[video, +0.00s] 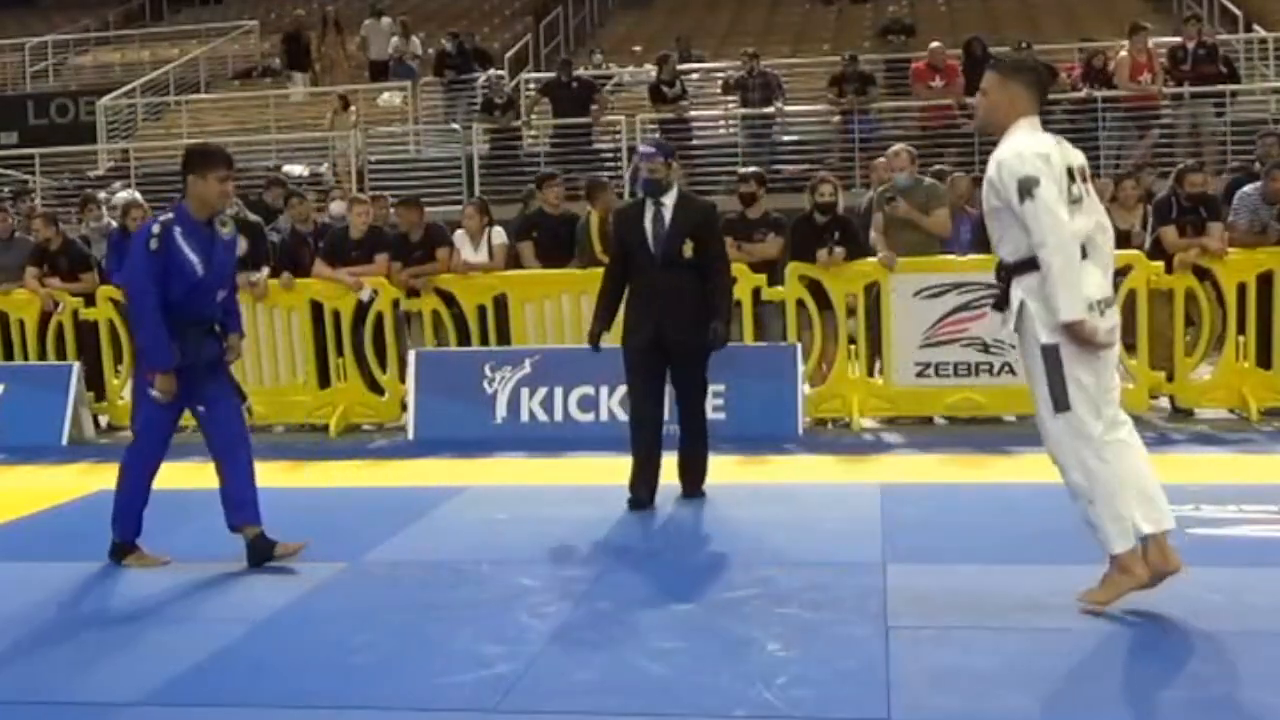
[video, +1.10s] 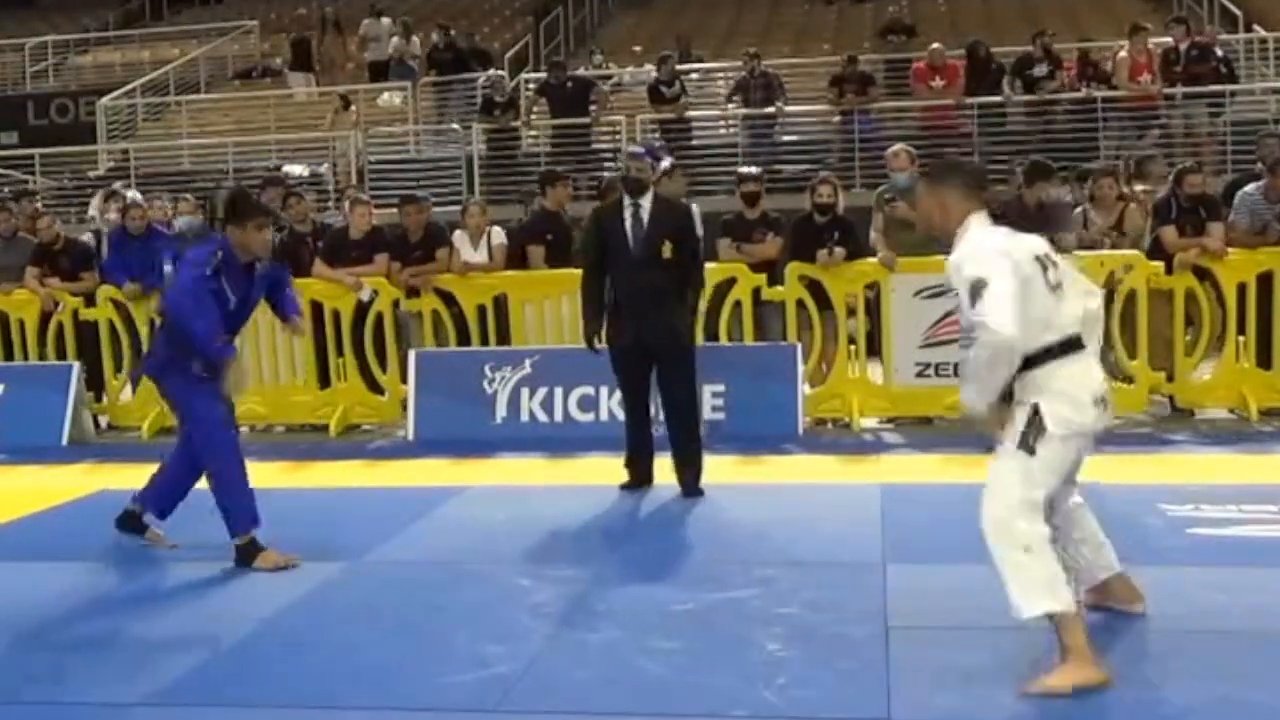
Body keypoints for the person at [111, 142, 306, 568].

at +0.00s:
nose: (231, 190)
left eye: (232, 181)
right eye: (223, 181)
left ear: (216, 184)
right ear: (194, 182)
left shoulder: (224, 234)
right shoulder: (155, 236)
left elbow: (226, 290)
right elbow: (142, 302)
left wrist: (233, 330)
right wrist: (161, 364)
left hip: (208, 357)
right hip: (164, 359)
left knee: (232, 441)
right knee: (148, 450)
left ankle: (255, 539)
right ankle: (123, 543)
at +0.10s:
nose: (212, 183)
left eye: (213, 175)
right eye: (204, 174)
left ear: (203, 177)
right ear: (175, 175)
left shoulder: (207, 231)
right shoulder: (136, 226)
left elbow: (214, 283)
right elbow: (120, 296)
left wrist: (221, 319)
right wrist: (143, 354)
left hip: (197, 343)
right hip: (152, 346)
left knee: (223, 430)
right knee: (141, 441)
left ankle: (219, 535)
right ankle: (124, 540)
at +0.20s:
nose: (195, 180)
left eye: (197, 172)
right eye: (187, 171)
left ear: (194, 175)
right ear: (160, 172)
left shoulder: (200, 221)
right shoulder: (125, 219)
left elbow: (209, 276)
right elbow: (100, 288)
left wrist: (217, 312)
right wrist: (130, 345)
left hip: (188, 336)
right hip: (143, 339)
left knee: (214, 424)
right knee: (134, 436)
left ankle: (178, 524)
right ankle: (123, 540)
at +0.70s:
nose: (207, 191)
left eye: (208, 182)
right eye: (199, 182)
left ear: (200, 186)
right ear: (172, 183)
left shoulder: (196, 232)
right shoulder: (140, 224)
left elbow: (198, 286)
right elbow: (103, 281)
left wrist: (220, 306)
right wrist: (140, 325)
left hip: (178, 345)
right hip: (143, 346)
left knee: (162, 433)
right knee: (184, 422)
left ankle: (126, 524)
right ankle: (169, 526)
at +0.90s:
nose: (233, 210)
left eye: (233, 201)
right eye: (225, 202)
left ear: (220, 205)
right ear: (199, 204)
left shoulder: (216, 250)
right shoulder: (166, 234)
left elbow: (231, 278)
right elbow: (112, 260)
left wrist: (240, 301)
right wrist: (154, 298)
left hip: (187, 355)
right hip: (153, 354)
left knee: (177, 440)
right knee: (192, 437)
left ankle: (127, 526)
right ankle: (233, 539)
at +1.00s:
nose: (246, 222)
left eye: (245, 214)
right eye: (237, 215)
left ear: (234, 216)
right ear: (212, 217)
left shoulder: (235, 250)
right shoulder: (185, 242)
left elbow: (253, 276)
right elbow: (138, 261)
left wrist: (263, 302)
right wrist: (175, 308)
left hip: (194, 359)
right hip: (160, 359)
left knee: (186, 441)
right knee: (201, 441)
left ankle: (129, 525)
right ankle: (241, 543)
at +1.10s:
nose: (269, 239)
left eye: (270, 230)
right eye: (262, 231)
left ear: (259, 231)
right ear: (237, 230)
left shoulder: (260, 263)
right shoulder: (204, 257)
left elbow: (277, 284)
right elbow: (181, 300)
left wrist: (290, 312)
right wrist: (220, 349)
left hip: (208, 362)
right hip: (175, 360)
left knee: (202, 440)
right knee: (218, 433)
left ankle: (138, 512)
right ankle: (245, 541)